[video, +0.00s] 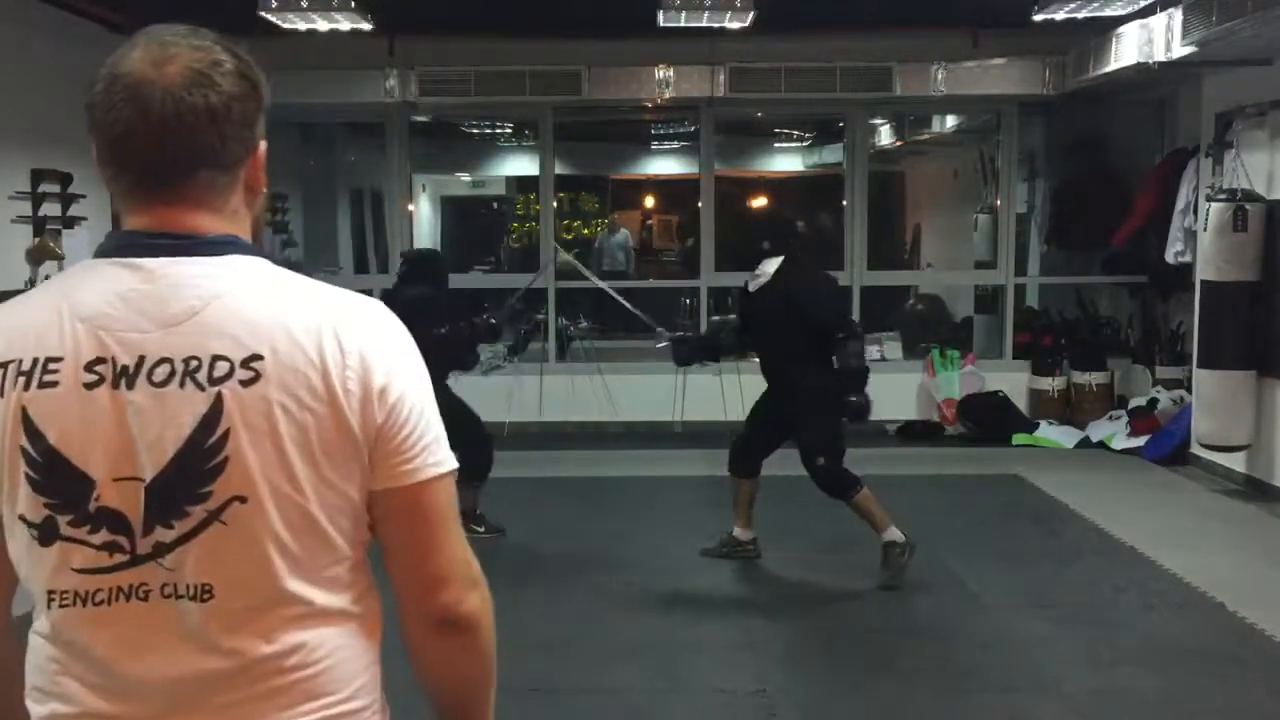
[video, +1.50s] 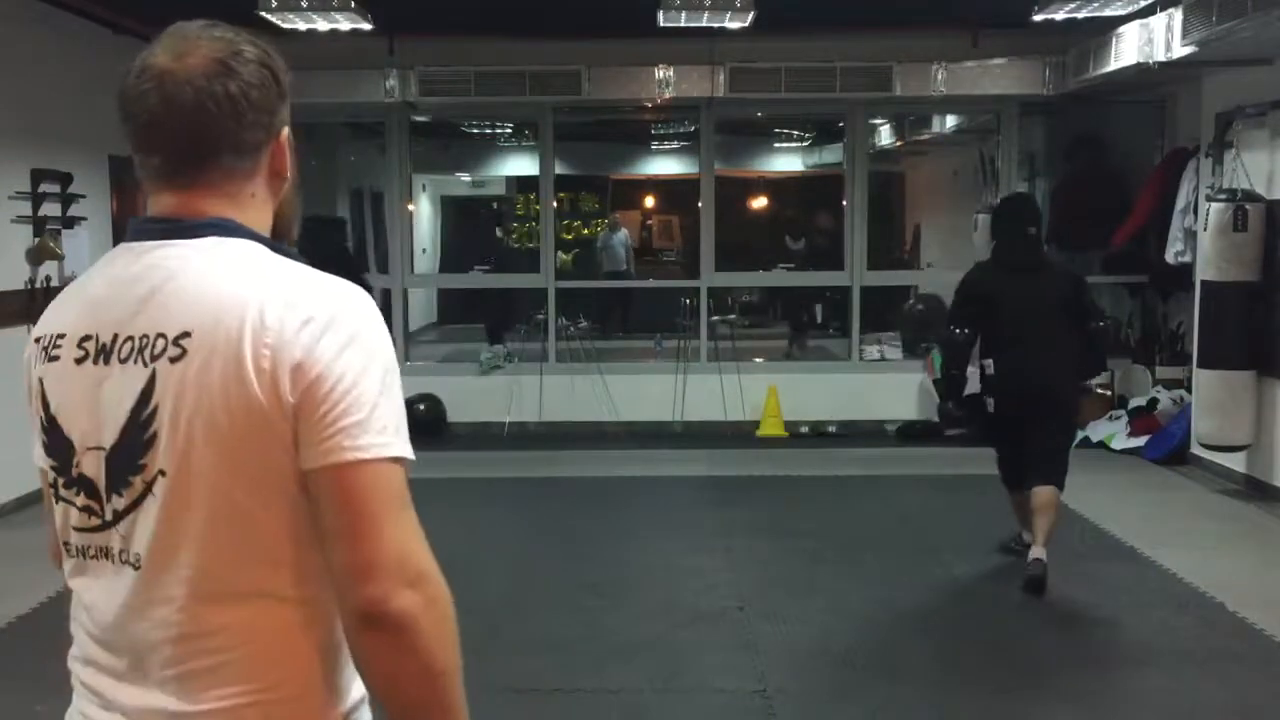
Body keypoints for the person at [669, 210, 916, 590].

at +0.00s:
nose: (749, 252)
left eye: (753, 245)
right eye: (751, 246)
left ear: (766, 245)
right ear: (784, 243)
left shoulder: (808, 280)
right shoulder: (756, 285)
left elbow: (847, 334)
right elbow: (750, 337)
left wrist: (854, 389)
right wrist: (701, 346)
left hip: (816, 392)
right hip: (783, 391)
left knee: (827, 471)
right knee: (744, 456)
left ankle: (893, 539)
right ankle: (742, 536)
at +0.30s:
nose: (800, 247)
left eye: (804, 239)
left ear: (818, 240)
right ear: (843, 235)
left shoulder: (843, 277)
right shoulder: (834, 274)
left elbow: (825, 342)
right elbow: (825, 336)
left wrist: (779, 337)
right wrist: (782, 335)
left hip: (847, 397)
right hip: (828, 394)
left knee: (843, 484)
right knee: (794, 467)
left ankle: (893, 558)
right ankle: (761, 533)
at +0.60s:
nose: (847, 230)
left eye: (851, 221)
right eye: (848, 221)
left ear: (866, 223)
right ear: (890, 219)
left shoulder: (886, 265)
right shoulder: (905, 258)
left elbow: (879, 330)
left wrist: (837, 318)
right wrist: (842, 316)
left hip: (891, 386)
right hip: (911, 384)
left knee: (874, 471)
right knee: (879, 468)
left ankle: (896, 558)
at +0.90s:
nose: (909, 235)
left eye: (914, 227)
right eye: (911, 226)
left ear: (931, 226)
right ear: (957, 224)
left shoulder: (930, 266)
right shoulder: (978, 263)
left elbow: (923, 337)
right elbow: (980, 328)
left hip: (938, 391)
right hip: (981, 387)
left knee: (912, 471)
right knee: (989, 474)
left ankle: (901, 559)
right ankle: (1029, 555)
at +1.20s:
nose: (964, 230)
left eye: (967, 224)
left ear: (974, 225)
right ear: (1016, 222)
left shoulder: (965, 272)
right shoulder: (1044, 269)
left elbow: (951, 340)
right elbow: (1064, 331)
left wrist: (946, 390)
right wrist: (1045, 367)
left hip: (980, 387)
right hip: (1035, 388)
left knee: (959, 463)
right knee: (1037, 472)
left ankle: (953, 542)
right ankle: (1043, 563)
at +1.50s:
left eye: (1002, 228)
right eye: (1031, 228)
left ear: (997, 231)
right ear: (1037, 230)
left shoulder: (981, 278)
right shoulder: (1064, 276)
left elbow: (957, 342)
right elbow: (1093, 334)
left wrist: (954, 393)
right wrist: (1077, 373)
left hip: (1007, 385)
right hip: (1057, 385)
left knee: (1013, 465)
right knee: (1048, 468)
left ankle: (1029, 537)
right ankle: (1039, 550)